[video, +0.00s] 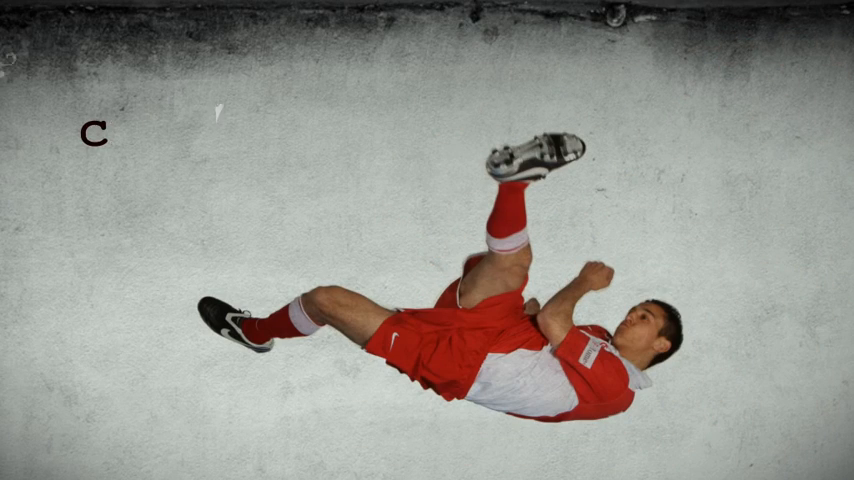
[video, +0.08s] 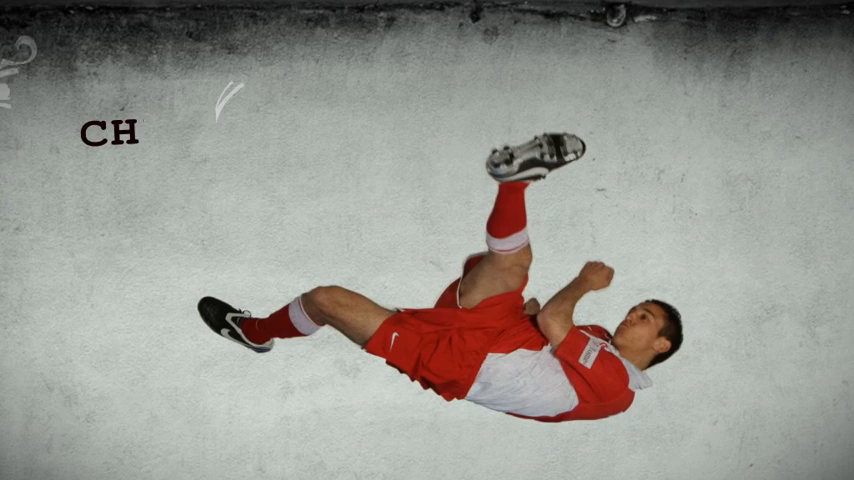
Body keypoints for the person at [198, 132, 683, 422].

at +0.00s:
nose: (633, 317)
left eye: (645, 319)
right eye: (636, 313)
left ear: (658, 347)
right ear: (631, 326)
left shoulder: (616, 386)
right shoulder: (597, 349)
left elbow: (549, 324)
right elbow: (519, 325)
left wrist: (583, 283)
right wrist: (469, 288)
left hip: (452, 360)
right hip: (482, 323)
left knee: (324, 299)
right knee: (509, 257)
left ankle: (256, 333)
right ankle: (512, 177)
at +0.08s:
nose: (633, 317)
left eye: (645, 319)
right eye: (636, 313)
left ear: (658, 347)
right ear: (631, 326)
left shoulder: (616, 386)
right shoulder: (597, 349)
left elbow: (550, 324)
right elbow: (519, 325)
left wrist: (583, 283)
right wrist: (469, 288)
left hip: (452, 360)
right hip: (482, 323)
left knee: (323, 299)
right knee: (509, 257)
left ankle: (256, 333)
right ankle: (512, 177)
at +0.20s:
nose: (633, 318)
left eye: (645, 319)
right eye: (636, 313)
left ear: (658, 347)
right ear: (631, 326)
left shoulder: (616, 386)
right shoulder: (597, 349)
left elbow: (549, 324)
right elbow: (519, 325)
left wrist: (583, 283)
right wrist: (469, 287)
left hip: (452, 360)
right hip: (482, 323)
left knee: (323, 299)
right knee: (509, 257)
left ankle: (256, 333)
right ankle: (512, 177)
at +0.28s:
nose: (633, 317)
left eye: (645, 319)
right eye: (636, 313)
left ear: (658, 347)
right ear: (631, 326)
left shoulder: (616, 386)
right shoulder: (597, 349)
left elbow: (549, 324)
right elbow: (518, 324)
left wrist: (583, 283)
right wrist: (470, 286)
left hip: (452, 360)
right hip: (482, 323)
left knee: (323, 298)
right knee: (509, 257)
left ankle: (256, 333)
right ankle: (512, 176)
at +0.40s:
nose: (633, 317)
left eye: (645, 319)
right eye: (637, 313)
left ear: (658, 347)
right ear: (631, 326)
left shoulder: (616, 386)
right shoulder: (597, 349)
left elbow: (549, 324)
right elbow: (519, 324)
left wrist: (583, 283)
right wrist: (470, 286)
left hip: (452, 360)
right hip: (482, 323)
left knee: (323, 298)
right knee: (509, 257)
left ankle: (256, 333)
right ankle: (512, 176)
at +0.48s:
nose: (633, 317)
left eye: (645, 319)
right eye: (637, 313)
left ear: (658, 348)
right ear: (631, 326)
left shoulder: (616, 386)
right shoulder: (597, 349)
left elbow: (549, 324)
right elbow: (519, 324)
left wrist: (583, 283)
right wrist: (468, 286)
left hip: (451, 360)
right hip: (481, 323)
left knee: (324, 299)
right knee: (509, 257)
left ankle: (256, 333)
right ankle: (512, 176)